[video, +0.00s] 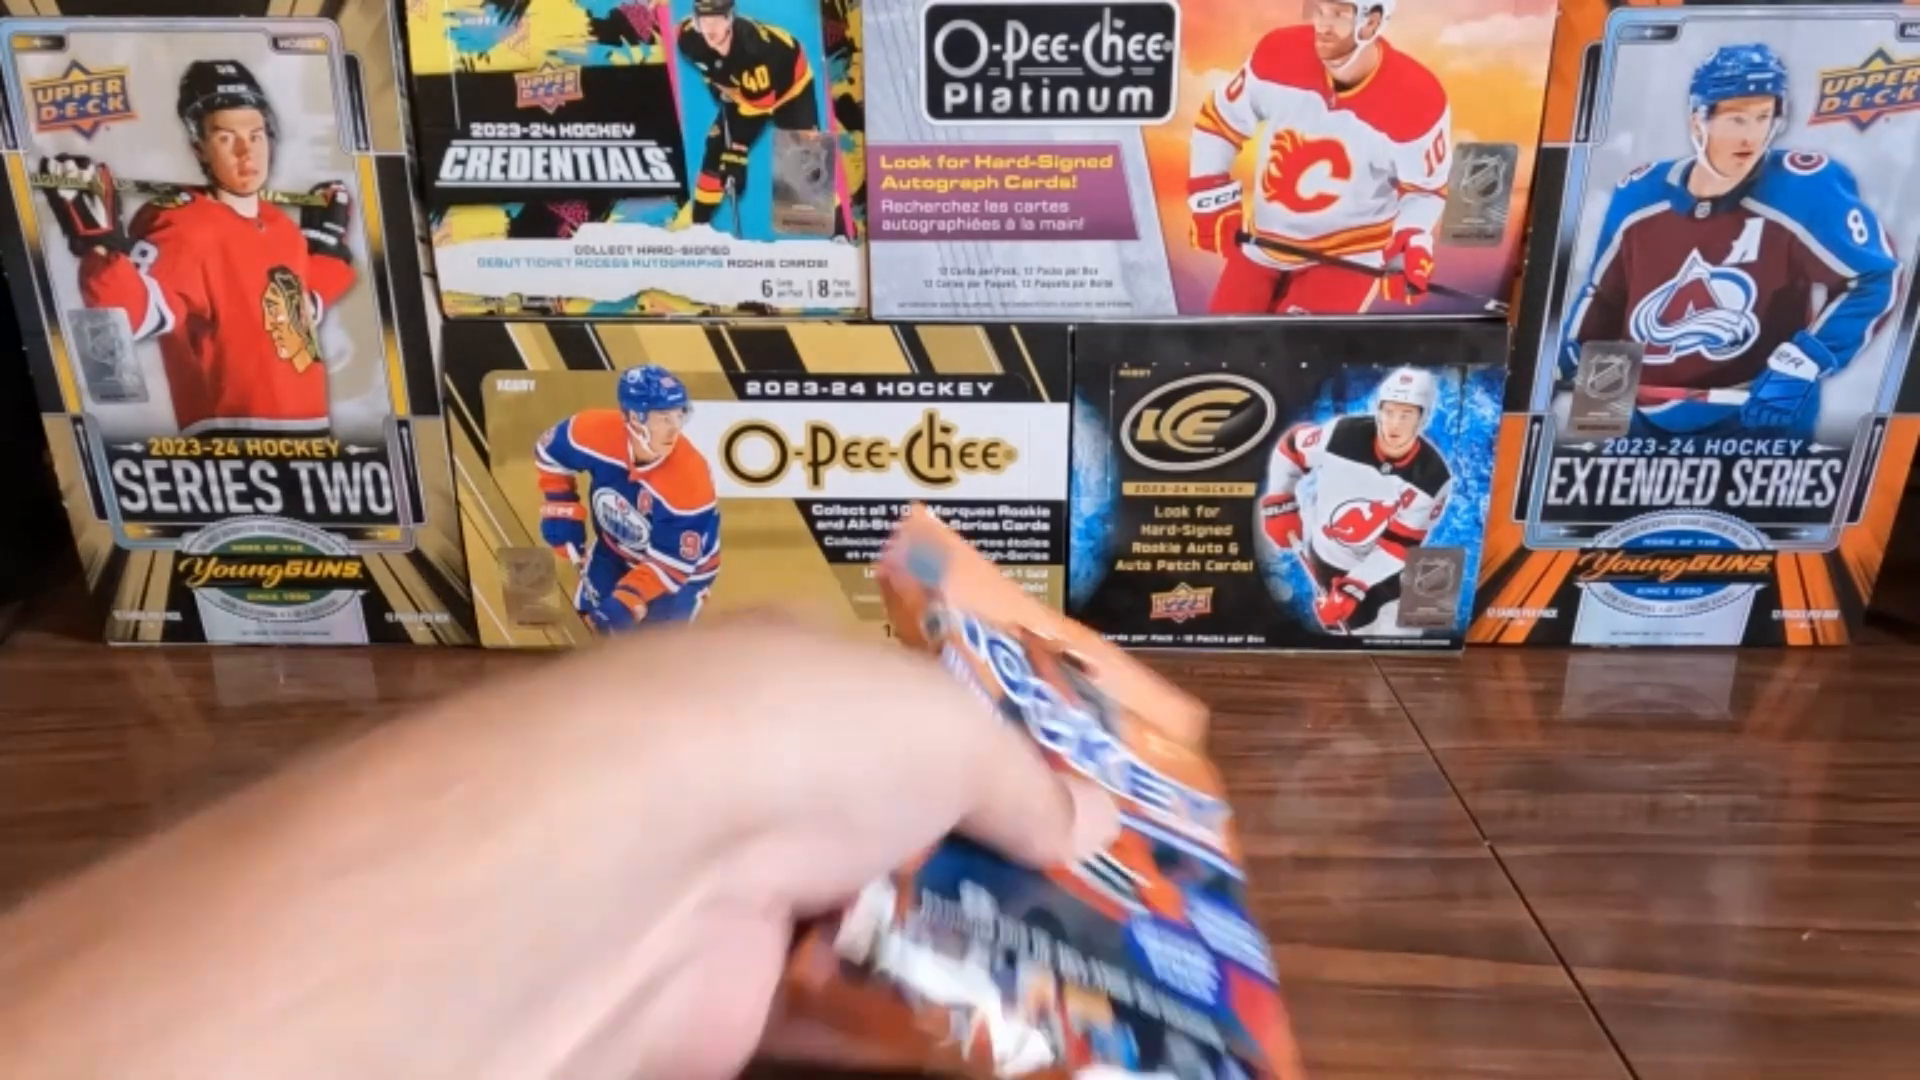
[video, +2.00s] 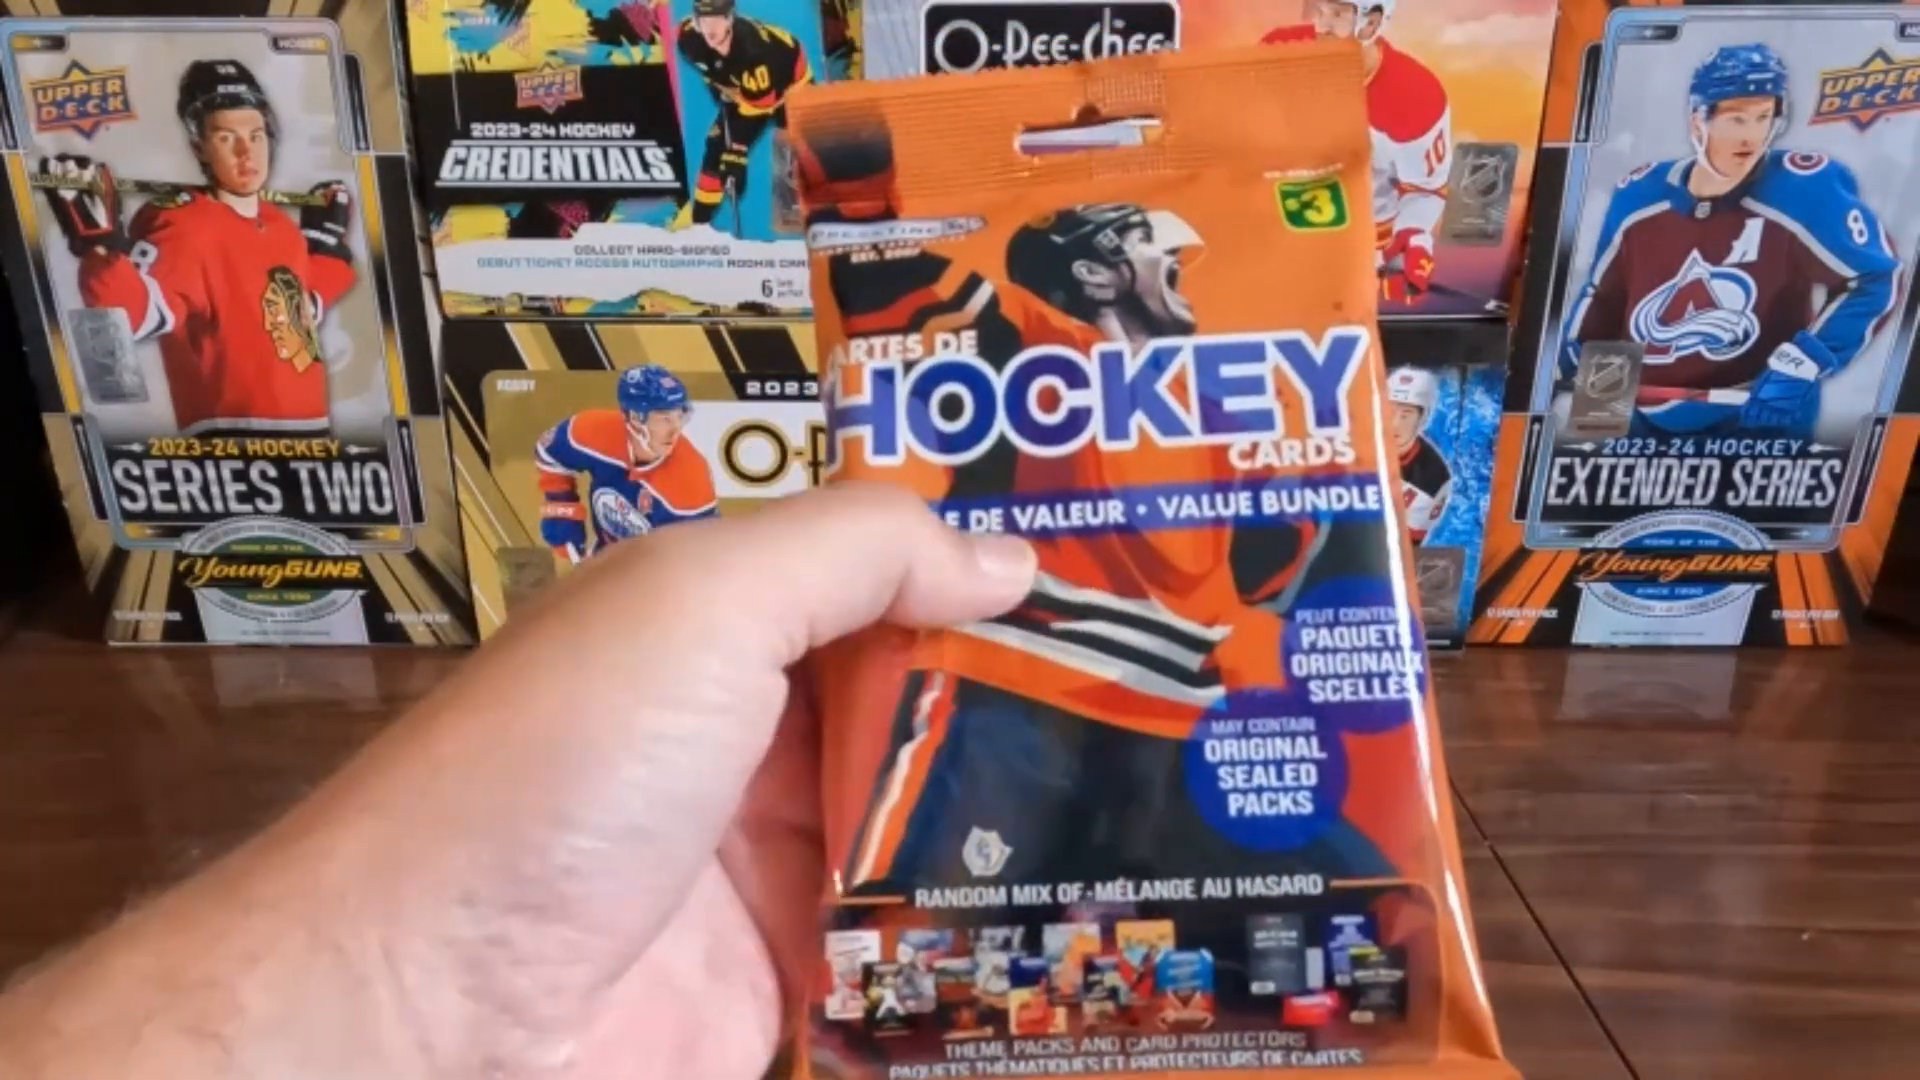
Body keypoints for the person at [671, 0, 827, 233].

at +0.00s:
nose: (710, 29)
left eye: (716, 22)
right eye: (704, 22)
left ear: (730, 19)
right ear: (696, 22)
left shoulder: (753, 47)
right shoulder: (689, 38)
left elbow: (759, 107)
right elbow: (707, 68)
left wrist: (737, 154)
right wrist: (720, 88)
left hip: (791, 91)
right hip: (741, 97)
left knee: (807, 159)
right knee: (716, 147)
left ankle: (841, 230)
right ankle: (698, 222)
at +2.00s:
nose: (710, 30)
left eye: (716, 21)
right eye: (704, 22)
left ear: (730, 19)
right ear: (696, 22)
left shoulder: (753, 50)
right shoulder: (688, 38)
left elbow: (757, 109)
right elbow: (711, 72)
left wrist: (736, 153)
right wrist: (726, 92)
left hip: (789, 92)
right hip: (739, 96)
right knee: (718, 145)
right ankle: (699, 218)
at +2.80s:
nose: (710, 29)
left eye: (716, 21)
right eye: (704, 22)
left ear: (730, 19)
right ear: (696, 21)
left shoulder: (751, 39)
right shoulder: (688, 38)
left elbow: (752, 103)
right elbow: (711, 75)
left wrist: (737, 153)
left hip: (770, 101)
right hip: (732, 105)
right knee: (715, 147)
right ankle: (699, 222)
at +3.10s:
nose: (709, 29)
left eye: (715, 22)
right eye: (704, 22)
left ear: (729, 19)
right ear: (696, 21)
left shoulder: (751, 36)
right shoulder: (688, 38)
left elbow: (750, 100)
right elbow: (712, 76)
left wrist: (736, 156)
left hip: (768, 104)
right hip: (731, 106)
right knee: (714, 148)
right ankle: (698, 221)